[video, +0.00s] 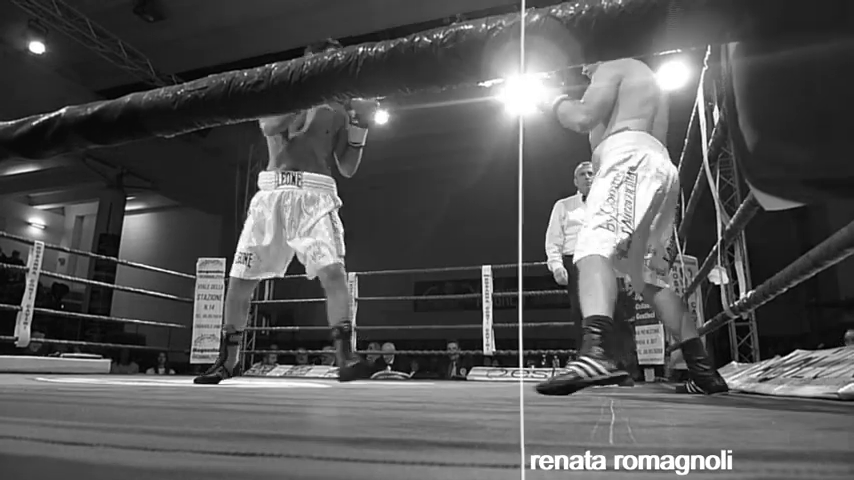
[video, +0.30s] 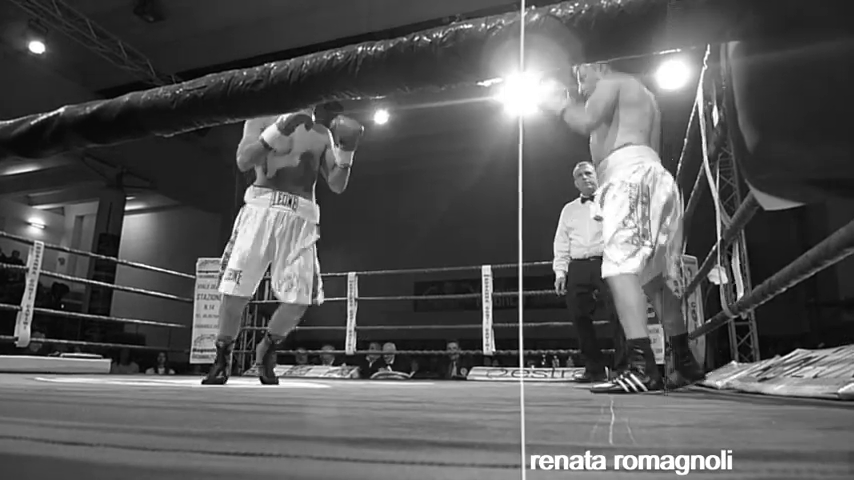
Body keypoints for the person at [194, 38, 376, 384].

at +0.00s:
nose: (322, 69)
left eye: (329, 63)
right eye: (316, 60)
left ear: (337, 69)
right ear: (303, 63)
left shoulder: (339, 109)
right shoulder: (273, 98)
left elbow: (348, 168)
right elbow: (276, 128)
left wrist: (359, 131)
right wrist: (311, 96)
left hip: (318, 196)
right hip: (272, 195)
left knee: (332, 272)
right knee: (240, 279)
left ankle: (346, 359)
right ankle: (228, 361)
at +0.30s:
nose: (307, 100)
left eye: (313, 94)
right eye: (301, 92)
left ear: (318, 100)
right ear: (287, 93)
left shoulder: (323, 134)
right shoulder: (262, 118)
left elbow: (338, 185)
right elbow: (243, 161)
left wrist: (346, 152)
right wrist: (278, 130)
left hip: (301, 219)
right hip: (259, 212)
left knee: (298, 297)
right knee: (235, 289)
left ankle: (265, 353)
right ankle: (221, 360)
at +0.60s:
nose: (341, 109)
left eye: (345, 107)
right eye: (338, 100)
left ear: (340, 110)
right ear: (318, 95)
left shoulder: (337, 139)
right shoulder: (291, 116)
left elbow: (351, 189)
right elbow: (306, 139)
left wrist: (371, 162)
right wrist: (332, 117)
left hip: (328, 216)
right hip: (288, 214)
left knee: (366, 283)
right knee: (264, 292)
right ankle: (244, 351)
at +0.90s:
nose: (420, 109)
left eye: (421, 103)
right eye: (415, 101)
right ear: (394, 101)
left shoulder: (411, 142)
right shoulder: (357, 124)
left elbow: (448, 163)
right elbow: (354, 144)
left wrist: (463, 143)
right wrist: (380, 113)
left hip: (386, 222)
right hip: (347, 217)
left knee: (420, 290)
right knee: (325, 285)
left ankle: (419, 368)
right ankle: (276, 350)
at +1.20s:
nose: (470, 128)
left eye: (471, 122)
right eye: (468, 120)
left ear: (456, 115)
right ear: (453, 111)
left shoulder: (443, 157)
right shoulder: (410, 133)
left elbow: (447, 213)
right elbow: (427, 178)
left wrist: (470, 176)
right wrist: (458, 145)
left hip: (429, 228)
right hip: (393, 220)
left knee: (484, 291)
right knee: (409, 285)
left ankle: (478, 368)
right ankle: (343, 356)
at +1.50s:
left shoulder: (440, 84)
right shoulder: (413, 69)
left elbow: (432, 141)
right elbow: (442, 109)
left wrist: (451, 122)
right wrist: (461, 90)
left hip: (424, 171)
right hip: (394, 161)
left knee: (453, 262)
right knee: (398, 251)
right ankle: (342, 339)